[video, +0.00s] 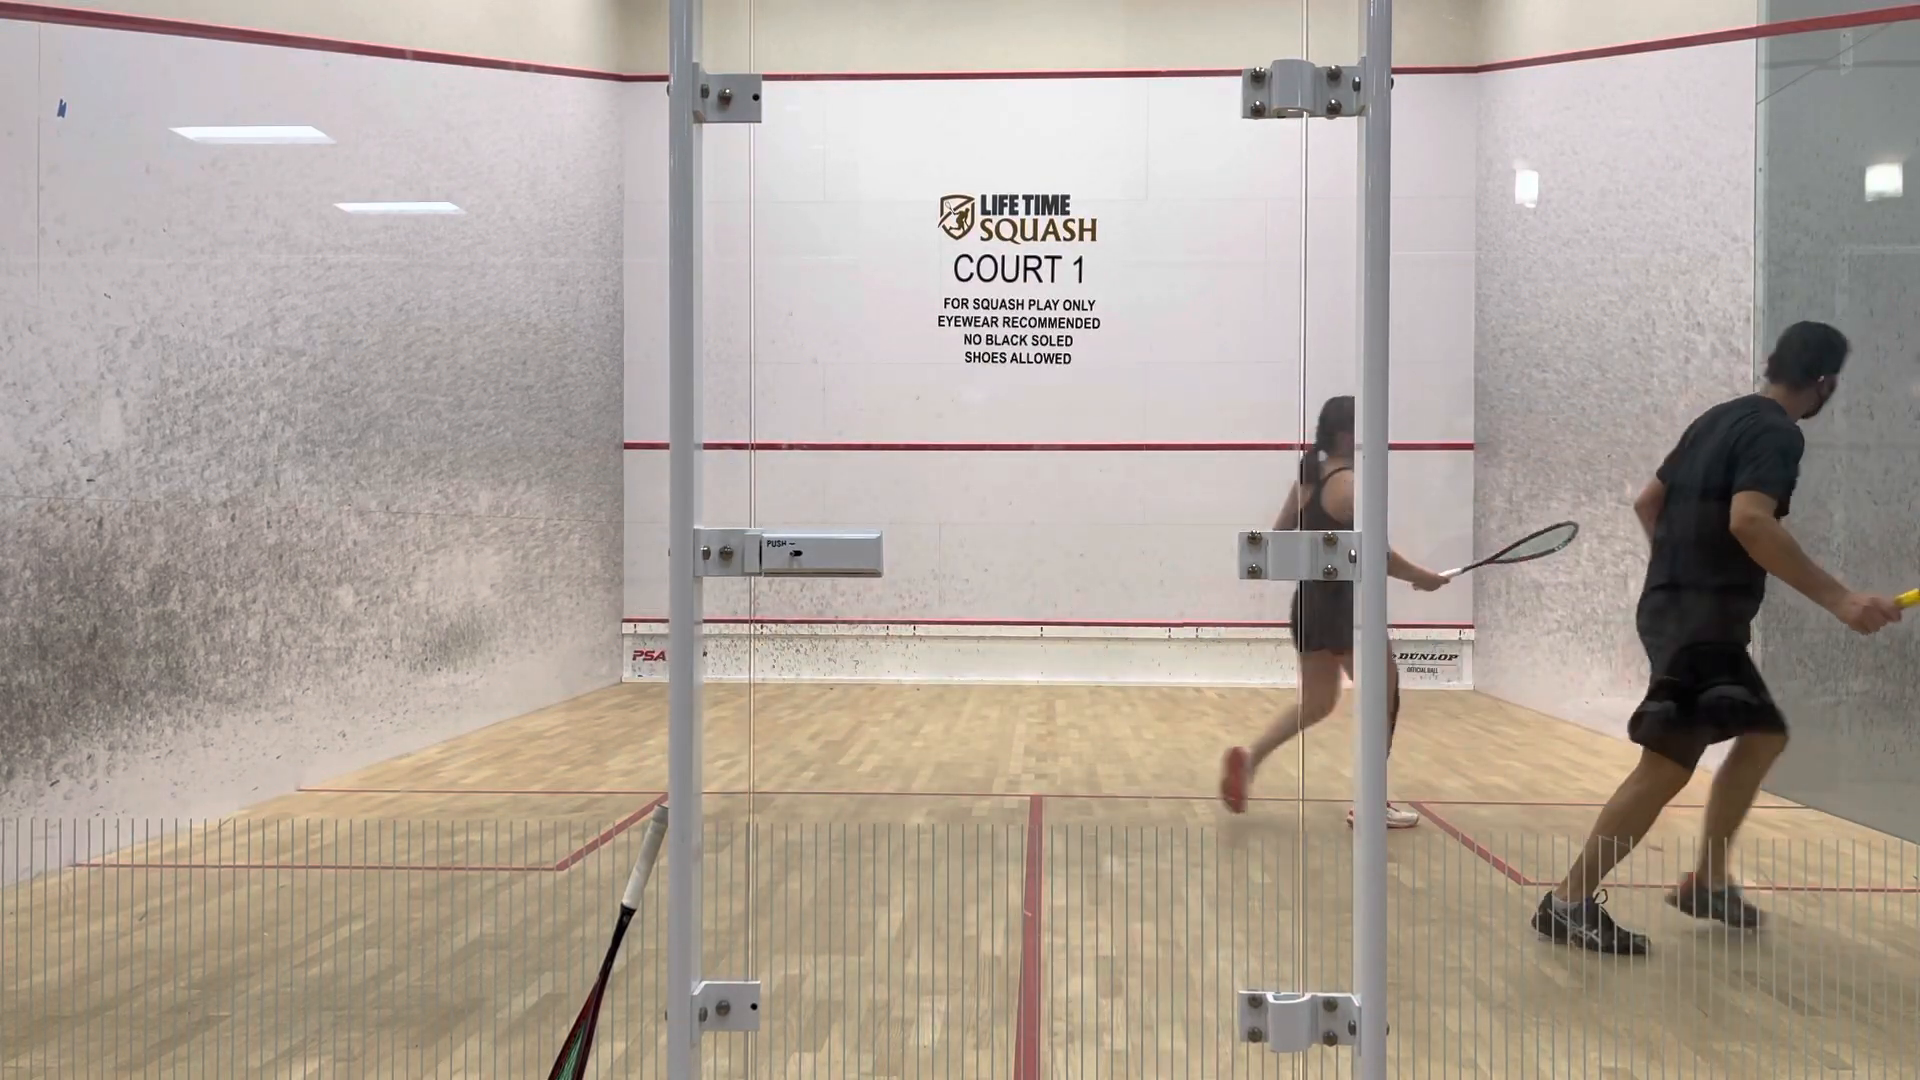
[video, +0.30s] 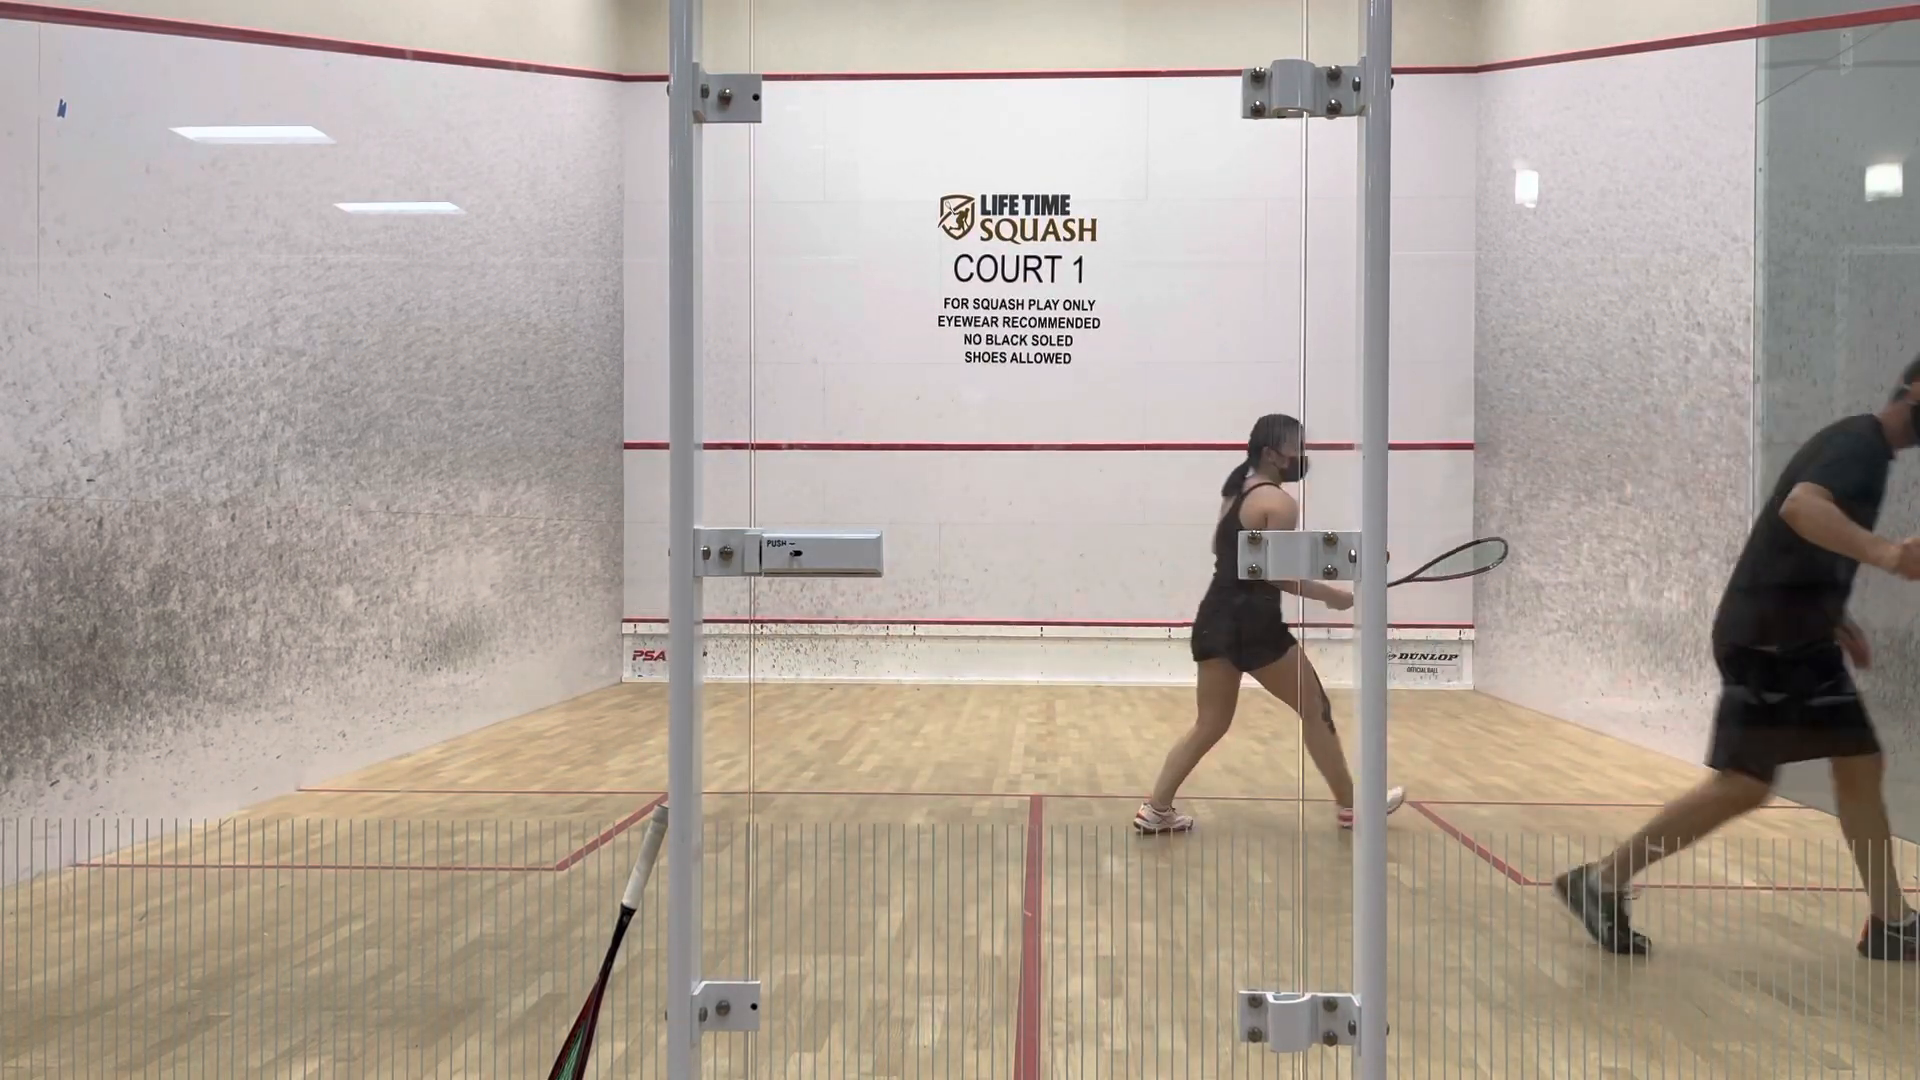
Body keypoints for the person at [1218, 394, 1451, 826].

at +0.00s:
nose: (1366, 437)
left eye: (1364, 428)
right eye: (1361, 430)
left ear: (1327, 434)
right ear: (1347, 434)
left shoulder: (1308, 478)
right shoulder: (1350, 484)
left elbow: (1280, 533)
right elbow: (1374, 550)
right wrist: (1420, 576)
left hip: (1310, 602)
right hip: (1348, 605)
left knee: (1316, 702)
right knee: (1385, 695)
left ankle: (1251, 754)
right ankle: (1370, 802)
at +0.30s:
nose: (1303, 453)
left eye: (1302, 445)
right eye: (1297, 446)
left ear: (1261, 452)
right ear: (1274, 452)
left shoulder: (1237, 492)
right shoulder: (1279, 503)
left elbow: (1229, 553)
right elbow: (1284, 575)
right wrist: (1330, 594)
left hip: (1215, 620)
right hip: (1254, 625)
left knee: (1211, 723)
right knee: (1314, 707)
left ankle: (1156, 808)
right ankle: (1350, 802)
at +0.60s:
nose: (1289, 443)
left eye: (1289, 434)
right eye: (1283, 435)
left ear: (1245, 438)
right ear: (1255, 437)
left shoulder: (1206, 477)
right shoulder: (1270, 492)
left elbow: (1170, 532)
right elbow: (1275, 559)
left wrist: (1199, 553)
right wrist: (1326, 557)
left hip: (1191, 611)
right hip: (1238, 616)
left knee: (1193, 713)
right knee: (1266, 723)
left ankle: (1153, 808)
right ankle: (1265, 823)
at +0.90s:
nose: (1286, 445)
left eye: (1286, 437)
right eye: (1280, 437)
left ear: (1242, 436)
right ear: (1252, 436)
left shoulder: (1198, 473)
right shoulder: (1264, 494)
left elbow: (1158, 525)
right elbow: (1267, 561)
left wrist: (1179, 554)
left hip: (1173, 610)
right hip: (1220, 615)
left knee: (1180, 711)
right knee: (1252, 721)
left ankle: (1152, 808)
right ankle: (1263, 826)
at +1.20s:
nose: (1284, 439)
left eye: (1282, 431)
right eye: (1281, 432)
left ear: (1236, 434)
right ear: (1271, 439)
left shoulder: (1198, 474)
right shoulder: (1270, 497)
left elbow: (1158, 525)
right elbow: (1269, 568)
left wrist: (1182, 547)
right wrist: (1323, 561)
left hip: (1176, 611)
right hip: (1224, 614)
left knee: (1181, 712)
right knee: (1274, 712)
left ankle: (1152, 807)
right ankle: (1270, 818)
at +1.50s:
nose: (1346, 451)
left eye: (1344, 442)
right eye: (1341, 443)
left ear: (1298, 444)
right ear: (1326, 448)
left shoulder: (1269, 488)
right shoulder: (1328, 503)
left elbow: (1229, 539)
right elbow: (1352, 578)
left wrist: (1288, 554)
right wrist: (1416, 556)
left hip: (1243, 627)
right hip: (1282, 636)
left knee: (1222, 723)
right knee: (1353, 729)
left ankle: (1169, 798)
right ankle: (1310, 835)